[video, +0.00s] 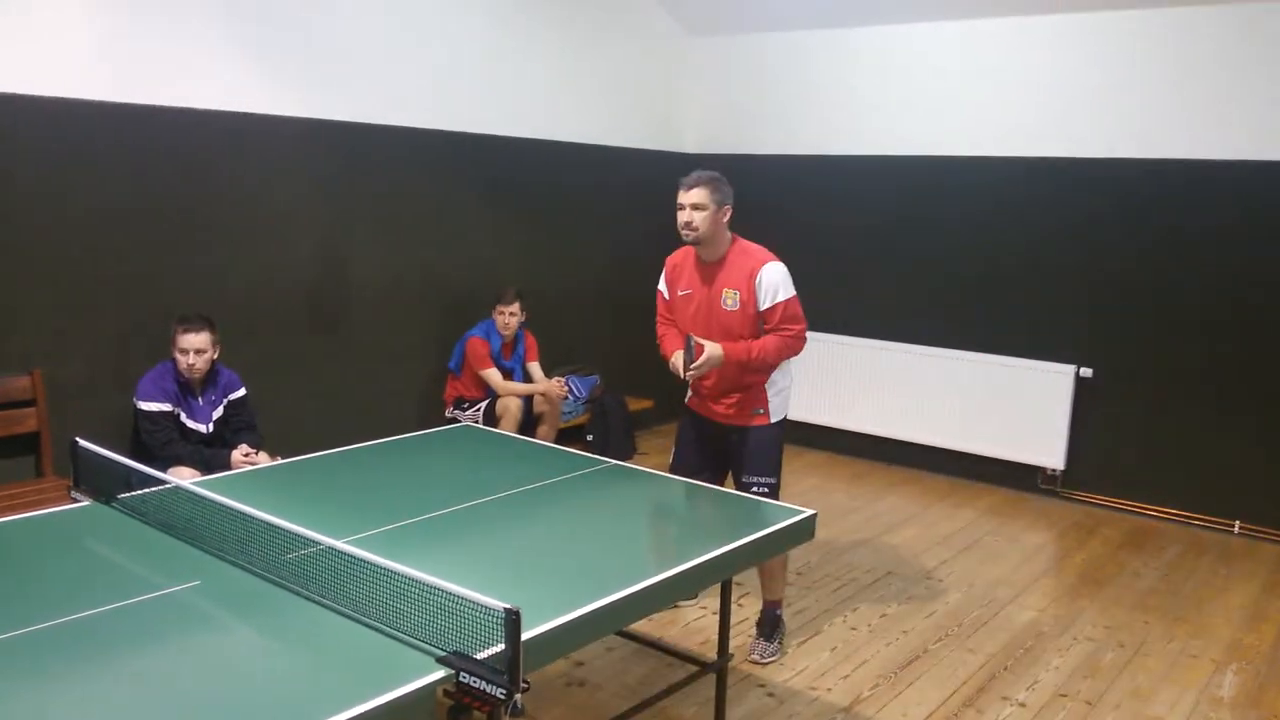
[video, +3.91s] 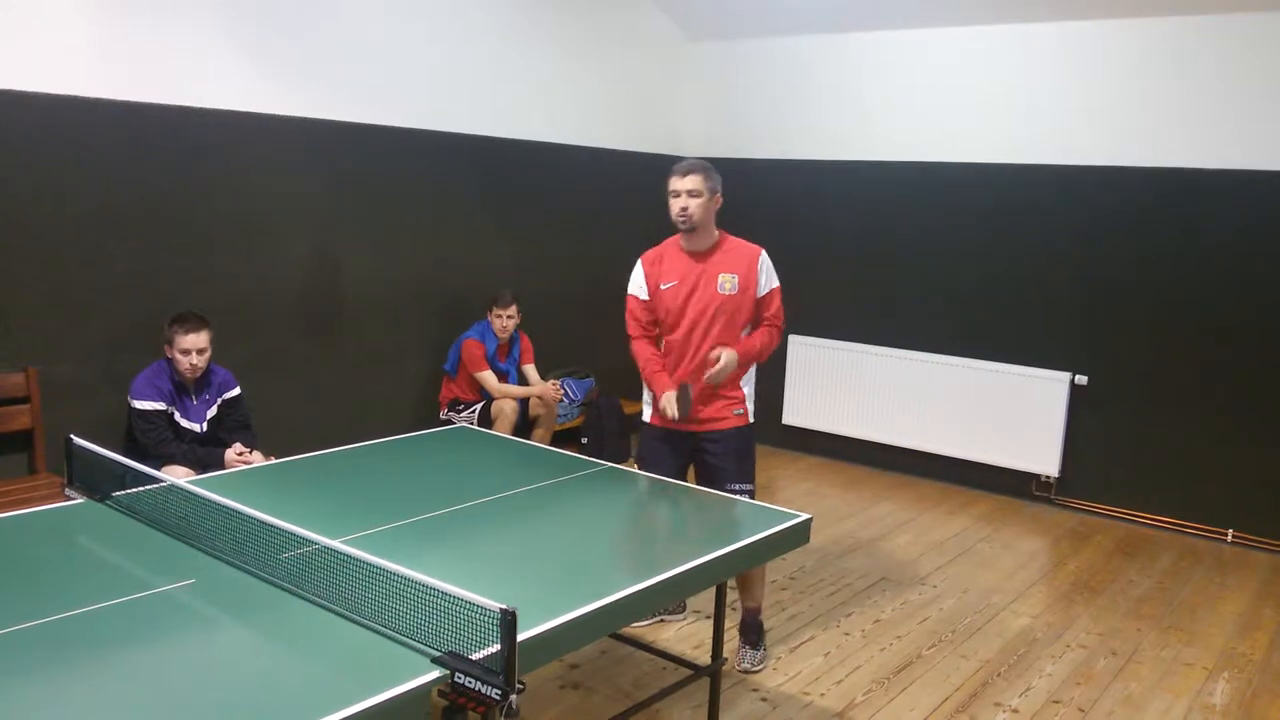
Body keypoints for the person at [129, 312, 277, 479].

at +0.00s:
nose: (191, 362)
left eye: (199, 353)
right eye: (183, 353)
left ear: (215, 352)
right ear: (173, 351)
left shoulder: (228, 382)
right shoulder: (153, 387)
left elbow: (244, 429)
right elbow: (166, 450)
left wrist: (245, 448)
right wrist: (226, 460)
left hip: (218, 460)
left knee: (263, 462)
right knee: (187, 477)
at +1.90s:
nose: (205, 361)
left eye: (212, 351)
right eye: (196, 352)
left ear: (222, 348)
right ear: (179, 350)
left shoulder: (234, 379)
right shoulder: (159, 384)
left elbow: (249, 426)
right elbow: (170, 447)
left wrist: (250, 444)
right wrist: (232, 456)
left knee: (269, 458)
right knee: (193, 473)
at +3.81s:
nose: (194, 362)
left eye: (201, 353)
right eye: (185, 354)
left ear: (210, 350)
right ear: (168, 352)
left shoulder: (223, 381)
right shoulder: (147, 387)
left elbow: (239, 430)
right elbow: (160, 449)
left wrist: (240, 448)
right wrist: (221, 459)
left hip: (212, 459)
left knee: (257, 462)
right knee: (181, 477)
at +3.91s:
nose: (194, 361)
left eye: (201, 352)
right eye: (185, 353)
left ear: (210, 350)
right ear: (168, 351)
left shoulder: (223, 380)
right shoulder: (147, 387)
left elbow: (239, 429)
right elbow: (159, 448)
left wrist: (239, 447)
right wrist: (220, 459)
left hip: (212, 459)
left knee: (257, 461)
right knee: (181, 476)